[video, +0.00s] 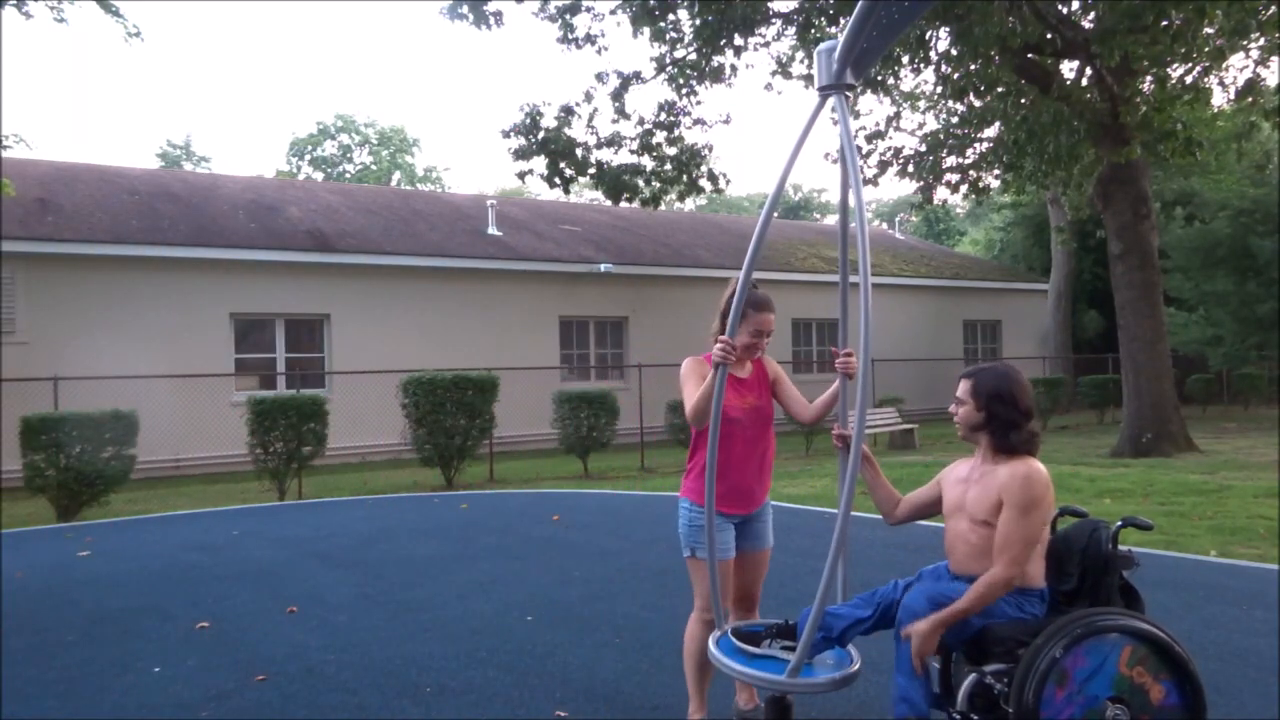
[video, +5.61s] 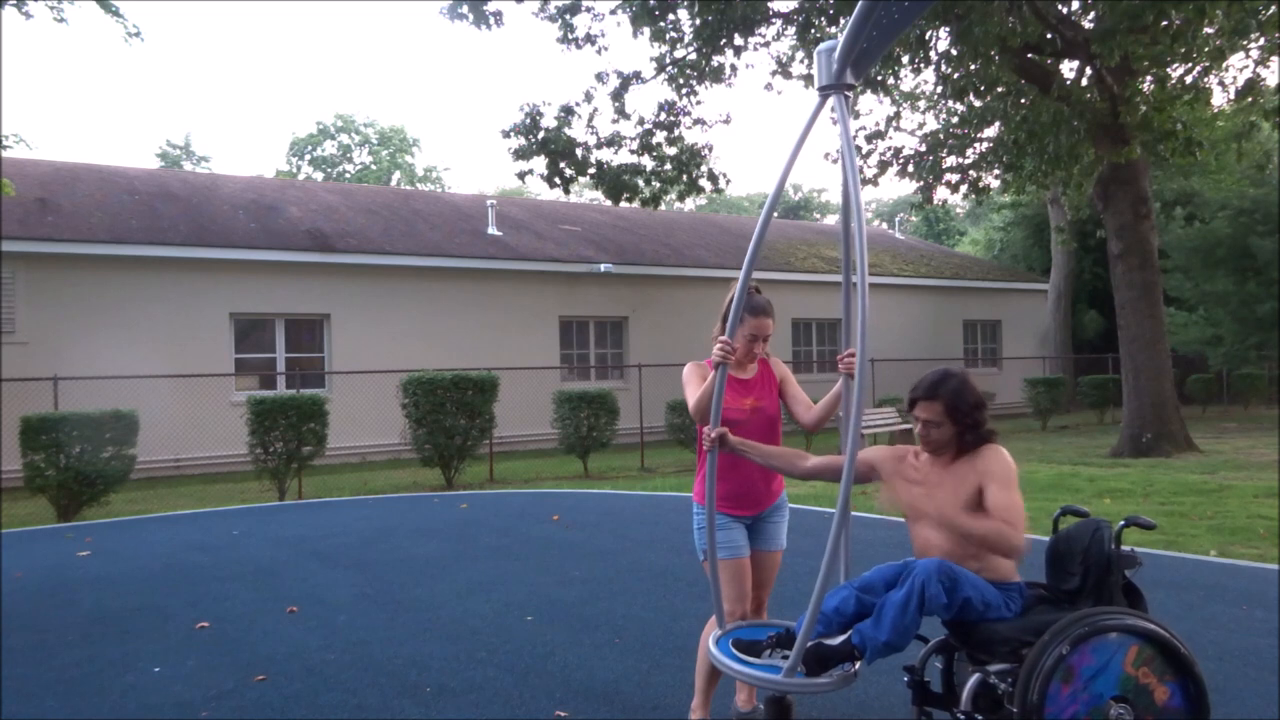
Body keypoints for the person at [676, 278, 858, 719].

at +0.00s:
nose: (763, 342)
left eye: (768, 334)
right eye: (755, 333)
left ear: (771, 330)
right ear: (729, 325)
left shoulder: (767, 367)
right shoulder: (698, 365)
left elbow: (808, 414)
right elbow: (696, 416)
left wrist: (842, 380)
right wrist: (718, 370)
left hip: (755, 506)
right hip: (706, 507)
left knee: (747, 605)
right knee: (709, 613)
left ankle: (747, 693)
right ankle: (697, 708)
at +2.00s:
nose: (747, 336)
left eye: (754, 328)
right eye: (740, 327)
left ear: (759, 326)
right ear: (715, 325)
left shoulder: (763, 365)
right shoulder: (689, 368)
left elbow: (807, 415)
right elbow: (694, 416)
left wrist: (848, 379)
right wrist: (719, 368)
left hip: (760, 507)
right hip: (706, 509)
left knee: (746, 608)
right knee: (705, 614)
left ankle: (745, 696)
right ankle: (697, 709)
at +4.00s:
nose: (761, 346)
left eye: (766, 338)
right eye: (753, 337)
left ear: (771, 331)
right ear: (728, 328)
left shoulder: (774, 367)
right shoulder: (699, 369)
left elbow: (811, 416)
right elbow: (699, 412)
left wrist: (843, 380)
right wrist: (719, 370)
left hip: (771, 504)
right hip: (719, 508)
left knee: (757, 611)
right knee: (733, 615)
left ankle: (747, 701)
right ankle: (699, 706)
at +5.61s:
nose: (761, 347)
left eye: (766, 338)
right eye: (752, 338)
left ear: (771, 332)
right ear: (728, 329)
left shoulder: (775, 368)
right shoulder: (698, 370)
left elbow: (811, 418)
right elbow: (700, 414)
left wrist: (844, 381)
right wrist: (719, 369)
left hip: (771, 503)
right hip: (718, 507)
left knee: (758, 609)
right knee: (733, 614)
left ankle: (746, 699)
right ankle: (699, 707)